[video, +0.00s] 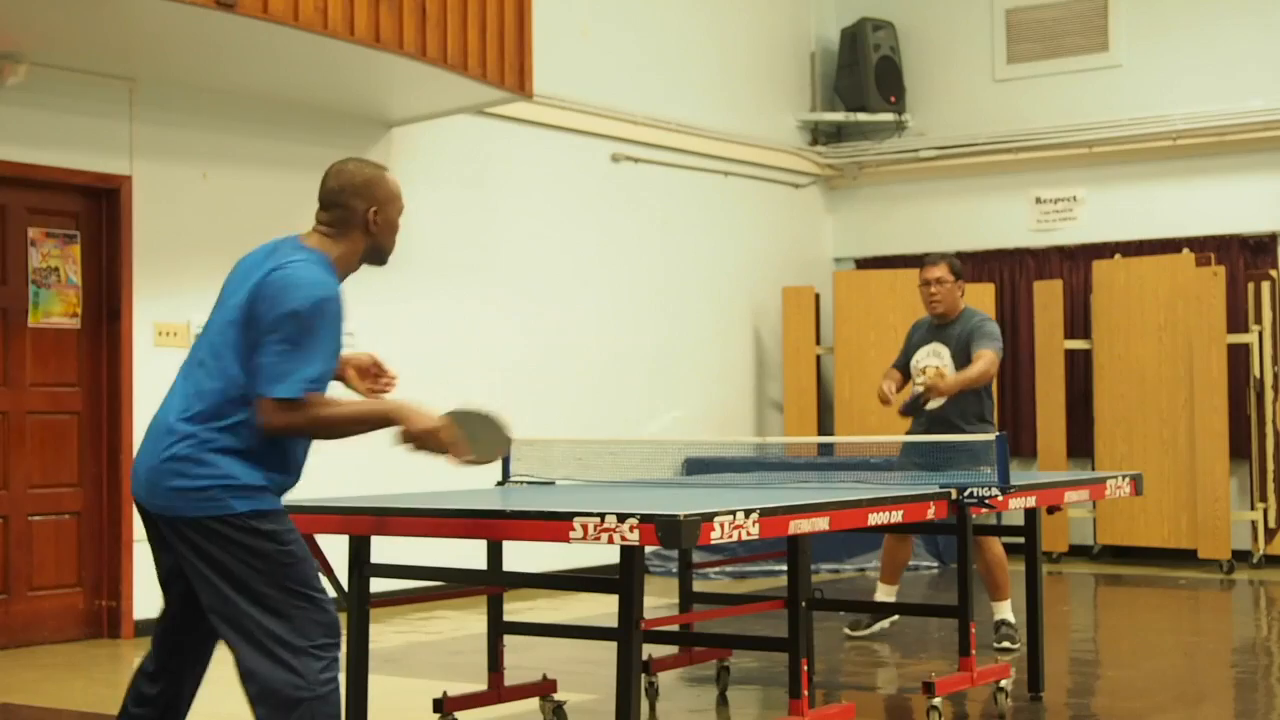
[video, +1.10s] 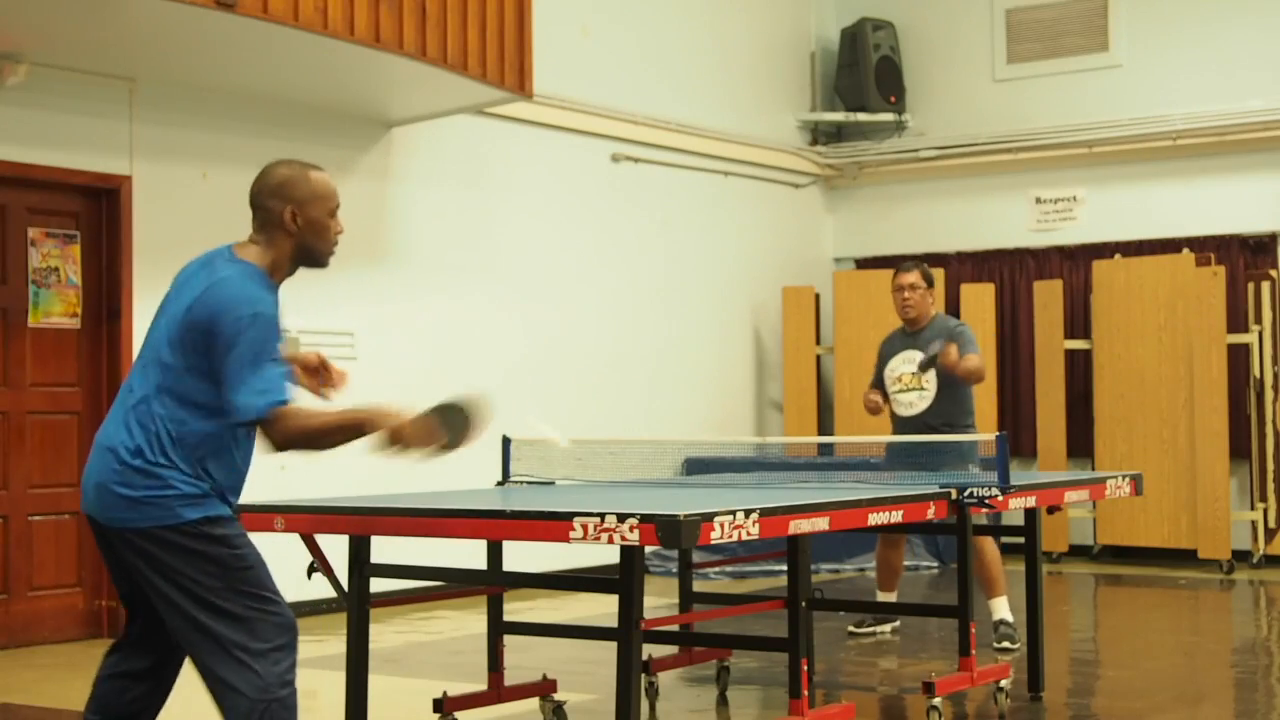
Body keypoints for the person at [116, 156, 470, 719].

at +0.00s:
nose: (399, 226)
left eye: (400, 214)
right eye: (396, 214)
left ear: (329, 212)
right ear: (370, 217)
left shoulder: (269, 260)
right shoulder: (309, 286)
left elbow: (253, 353)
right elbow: (280, 412)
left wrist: (338, 365)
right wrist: (395, 413)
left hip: (167, 477)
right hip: (216, 487)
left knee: (188, 627)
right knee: (307, 638)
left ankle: (142, 714)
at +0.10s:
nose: (387, 241)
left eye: (387, 227)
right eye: (380, 227)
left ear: (334, 227)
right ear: (342, 228)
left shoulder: (274, 278)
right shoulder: (275, 296)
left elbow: (265, 374)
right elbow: (223, 416)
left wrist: (346, 364)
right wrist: (316, 425)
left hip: (173, 493)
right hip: (211, 499)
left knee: (208, 636)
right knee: (305, 642)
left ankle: (154, 716)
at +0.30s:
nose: (338, 222)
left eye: (338, 208)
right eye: (330, 208)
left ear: (282, 202)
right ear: (287, 201)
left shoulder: (219, 251)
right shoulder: (231, 275)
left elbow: (231, 342)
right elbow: (238, 400)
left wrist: (304, 308)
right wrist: (331, 342)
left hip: (154, 484)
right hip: (187, 490)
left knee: (187, 647)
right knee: (254, 652)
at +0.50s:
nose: (319, 197)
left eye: (319, 185)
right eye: (315, 184)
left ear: (247, 182)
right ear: (286, 185)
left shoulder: (170, 238)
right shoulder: (283, 261)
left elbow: (180, 328)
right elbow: (329, 369)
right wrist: (343, 305)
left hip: (117, 474)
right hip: (199, 481)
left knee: (145, 632)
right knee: (275, 637)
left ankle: (127, 717)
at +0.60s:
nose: (320, 217)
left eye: (320, 205)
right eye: (318, 205)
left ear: (251, 204)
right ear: (295, 206)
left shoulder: (174, 255)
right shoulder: (295, 279)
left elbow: (128, 346)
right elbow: (338, 391)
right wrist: (368, 338)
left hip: (119, 489)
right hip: (202, 497)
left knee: (162, 625)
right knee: (295, 641)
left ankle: (129, 712)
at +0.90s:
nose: (347, 221)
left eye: (348, 209)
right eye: (346, 209)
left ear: (276, 205)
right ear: (322, 212)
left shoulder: (211, 255)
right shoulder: (265, 282)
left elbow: (195, 349)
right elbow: (242, 407)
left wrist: (279, 364)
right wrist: (358, 409)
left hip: (121, 475)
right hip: (174, 485)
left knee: (152, 627)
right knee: (260, 639)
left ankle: (110, 716)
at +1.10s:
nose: (340, 226)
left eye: (338, 213)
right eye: (330, 213)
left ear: (285, 219)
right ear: (290, 218)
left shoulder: (211, 270)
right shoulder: (245, 298)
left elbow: (209, 353)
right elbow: (282, 428)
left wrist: (286, 359)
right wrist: (372, 419)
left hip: (119, 488)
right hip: (166, 498)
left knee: (155, 633)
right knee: (265, 637)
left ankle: (105, 716)